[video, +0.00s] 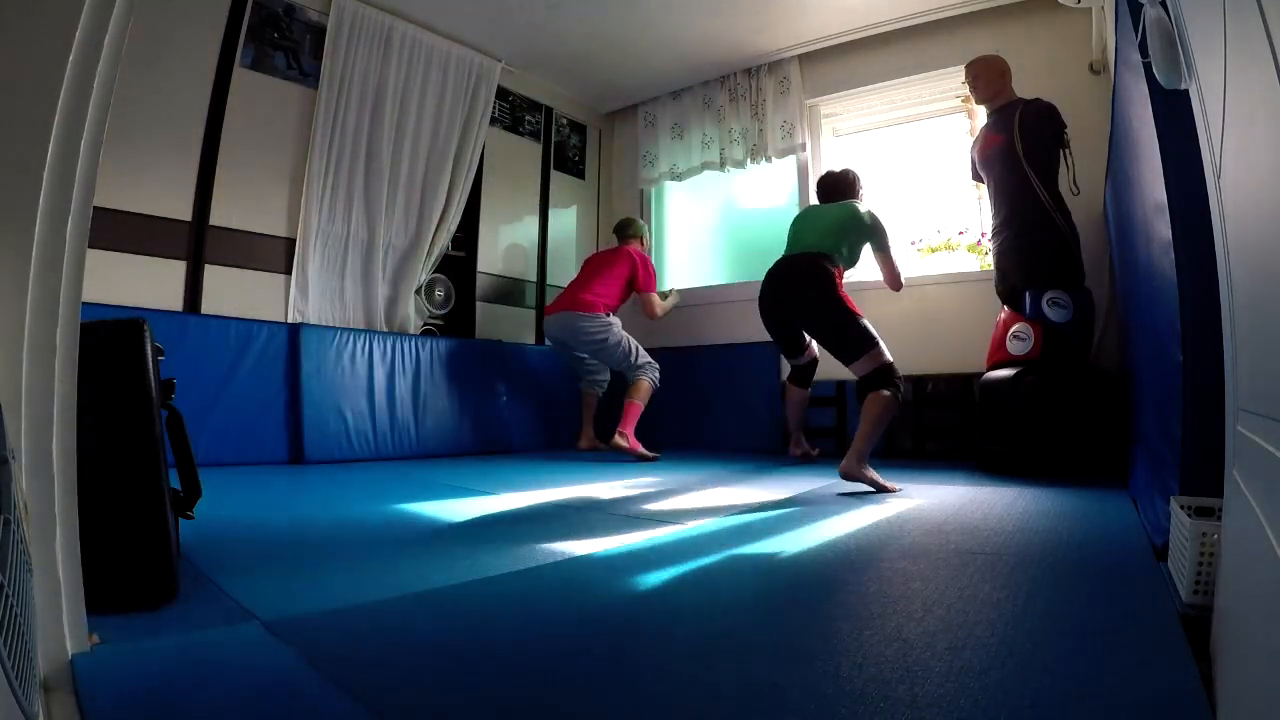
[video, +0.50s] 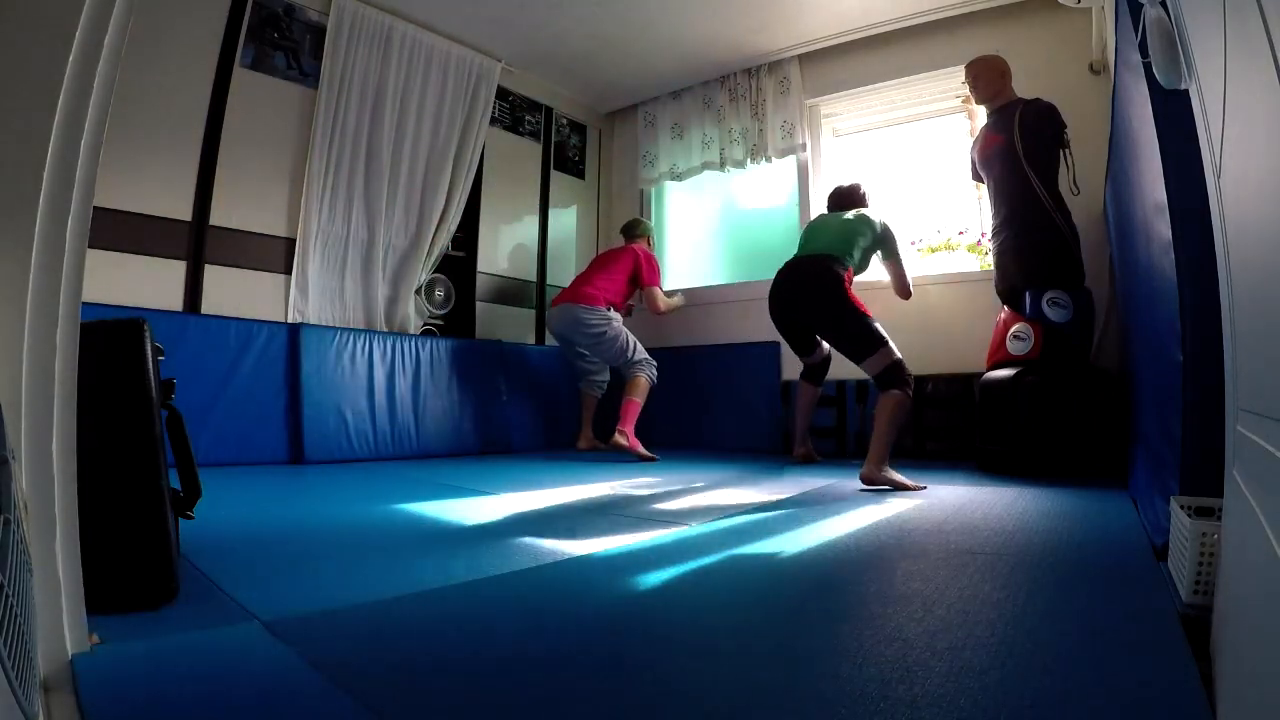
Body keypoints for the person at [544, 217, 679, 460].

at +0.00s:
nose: (647, 245)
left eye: (647, 242)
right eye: (647, 241)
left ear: (618, 239)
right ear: (643, 240)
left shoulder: (597, 257)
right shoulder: (638, 258)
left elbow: (587, 292)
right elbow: (654, 310)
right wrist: (672, 299)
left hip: (553, 319)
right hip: (588, 318)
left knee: (595, 370)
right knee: (646, 368)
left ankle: (587, 436)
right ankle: (626, 433)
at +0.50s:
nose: (651, 246)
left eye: (651, 243)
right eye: (652, 242)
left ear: (625, 239)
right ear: (648, 240)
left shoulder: (607, 255)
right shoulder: (643, 255)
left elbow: (588, 290)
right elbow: (657, 306)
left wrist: (618, 305)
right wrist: (676, 301)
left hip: (557, 312)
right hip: (589, 312)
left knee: (595, 372)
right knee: (642, 364)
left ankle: (586, 436)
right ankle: (625, 432)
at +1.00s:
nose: (641, 237)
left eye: (641, 232)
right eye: (641, 232)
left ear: (610, 228)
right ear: (635, 230)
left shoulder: (592, 243)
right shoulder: (627, 244)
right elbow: (640, 301)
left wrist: (600, 305)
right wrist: (667, 296)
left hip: (526, 298)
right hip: (561, 298)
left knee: (567, 361)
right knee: (619, 355)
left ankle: (547, 434)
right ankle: (595, 426)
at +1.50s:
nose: (599, 224)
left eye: (599, 219)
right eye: (599, 218)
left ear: (566, 215)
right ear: (592, 216)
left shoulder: (544, 230)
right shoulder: (585, 232)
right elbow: (589, 297)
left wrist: (549, 298)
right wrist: (626, 291)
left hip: (468, 289)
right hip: (507, 290)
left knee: (515, 364)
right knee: (563, 358)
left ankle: (500, 440)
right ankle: (516, 425)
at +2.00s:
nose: (538, 203)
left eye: (537, 199)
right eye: (538, 198)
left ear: (503, 192)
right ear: (532, 195)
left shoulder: (478, 207)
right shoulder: (522, 209)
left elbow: (429, 246)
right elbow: (526, 280)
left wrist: (463, 284)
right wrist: (561, 279)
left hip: (384, 261)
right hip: (424, 265)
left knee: (435, 357)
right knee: (477, 354)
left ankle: (434, 441)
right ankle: (434, 450)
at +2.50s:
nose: (460, 184)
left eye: (462, 176)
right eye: (461, 174)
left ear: (419, 164)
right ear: (452, 166)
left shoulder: (398, 183)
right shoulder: (433, 180)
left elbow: (335, 255)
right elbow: (440, 259)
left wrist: (380, 269)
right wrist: (478, 260)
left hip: (282, 238)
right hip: (301, 242)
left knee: (345, 336)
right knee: (352, 351)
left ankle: (328, 436)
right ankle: (287, 465)